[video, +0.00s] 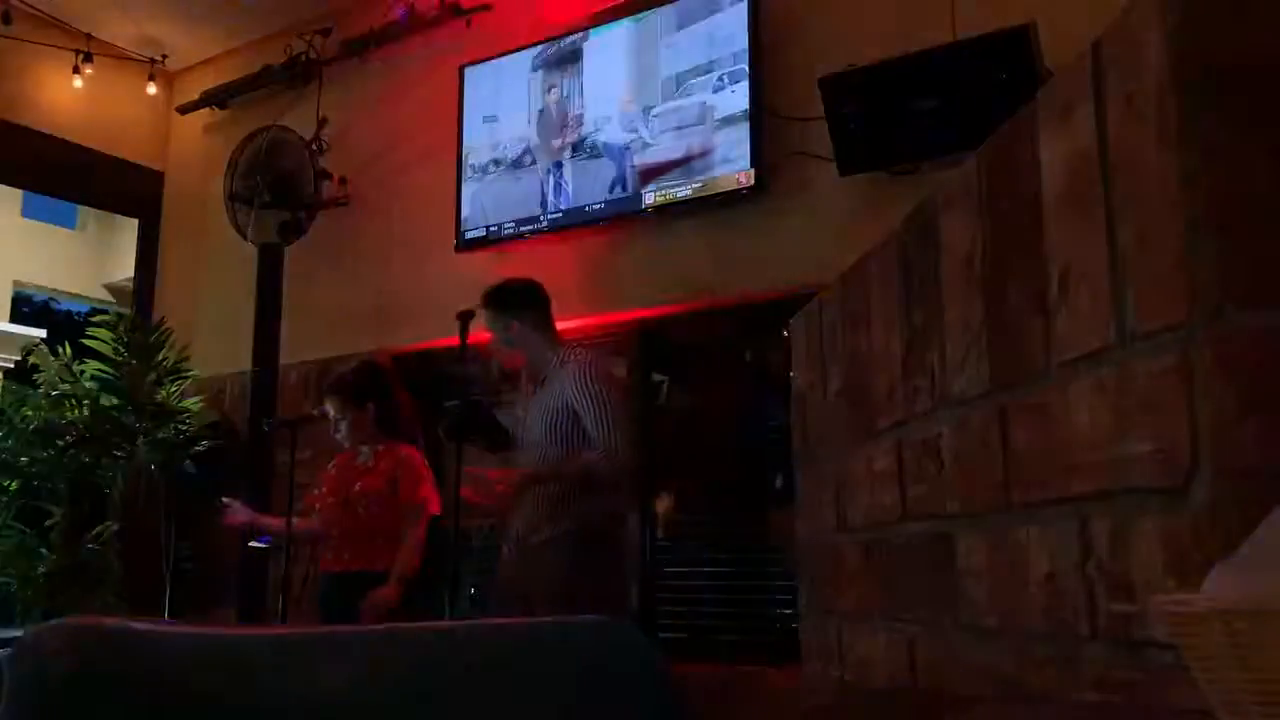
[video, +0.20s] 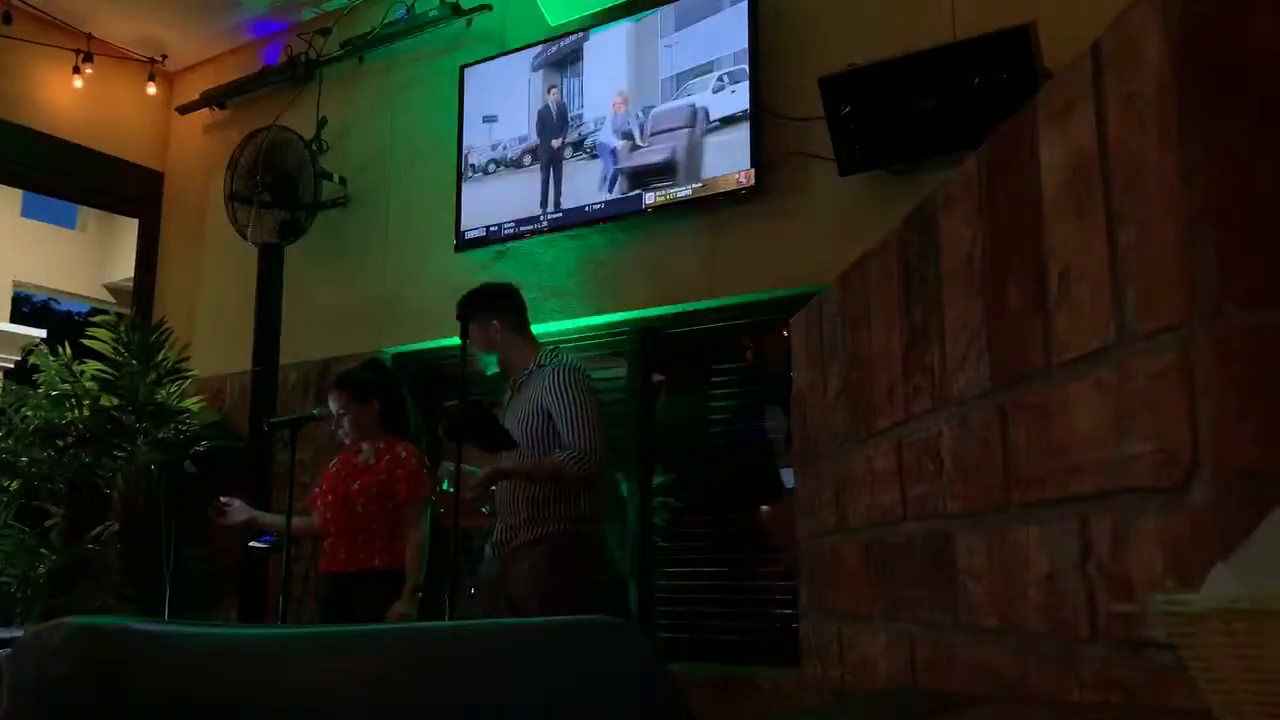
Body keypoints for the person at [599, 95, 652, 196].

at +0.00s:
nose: (629, 106)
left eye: (631, 103)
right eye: (626, 103)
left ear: (633, 103)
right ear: (621, 104)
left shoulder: (635, 114)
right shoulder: (617, 114)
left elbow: (640, 127)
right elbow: (614, 134)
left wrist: (647, 139)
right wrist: (630, 137)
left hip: (624, 144)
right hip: (611, 143)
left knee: (625, 168)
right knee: (621, 168)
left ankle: (625, 191)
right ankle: (610, 192)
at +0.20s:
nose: (619, 106)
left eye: (622, 103)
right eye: (617, 104)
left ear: (626, 104)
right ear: (614, 105)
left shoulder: (628, 115)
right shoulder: (611, 116)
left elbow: (634, 126)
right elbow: (607, 133)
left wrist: (638, 141)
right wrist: (616, 142)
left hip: (614, 144)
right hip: (604, 143)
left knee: (615, 168)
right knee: (609, 165)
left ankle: (609, 193)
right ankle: (602, 190)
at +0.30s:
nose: (616, 106)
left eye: (619, 104)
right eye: (614, 104)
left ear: (624, 104)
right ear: (611, 105)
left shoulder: (628, 116)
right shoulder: (609, 116)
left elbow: (632, 129)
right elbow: (605, 133)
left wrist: (634, 142)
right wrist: (612, 144)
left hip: (615, 145)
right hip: (602, 143)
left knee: (616, 168)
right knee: (600, 169)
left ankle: (610, 192)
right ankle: (592, 189)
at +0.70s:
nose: (605, 108)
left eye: (608, 105)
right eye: (603, 105)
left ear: (612, 106)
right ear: (600, 106)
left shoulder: (614, 120)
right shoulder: (595, 119)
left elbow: (619, 133)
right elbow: (590, 136)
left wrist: (621, 146)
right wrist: (597, 147)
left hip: (603, 151)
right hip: (590, 149)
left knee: (602, 174)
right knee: (586, 173)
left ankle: (601, 197)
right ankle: (580, 197)